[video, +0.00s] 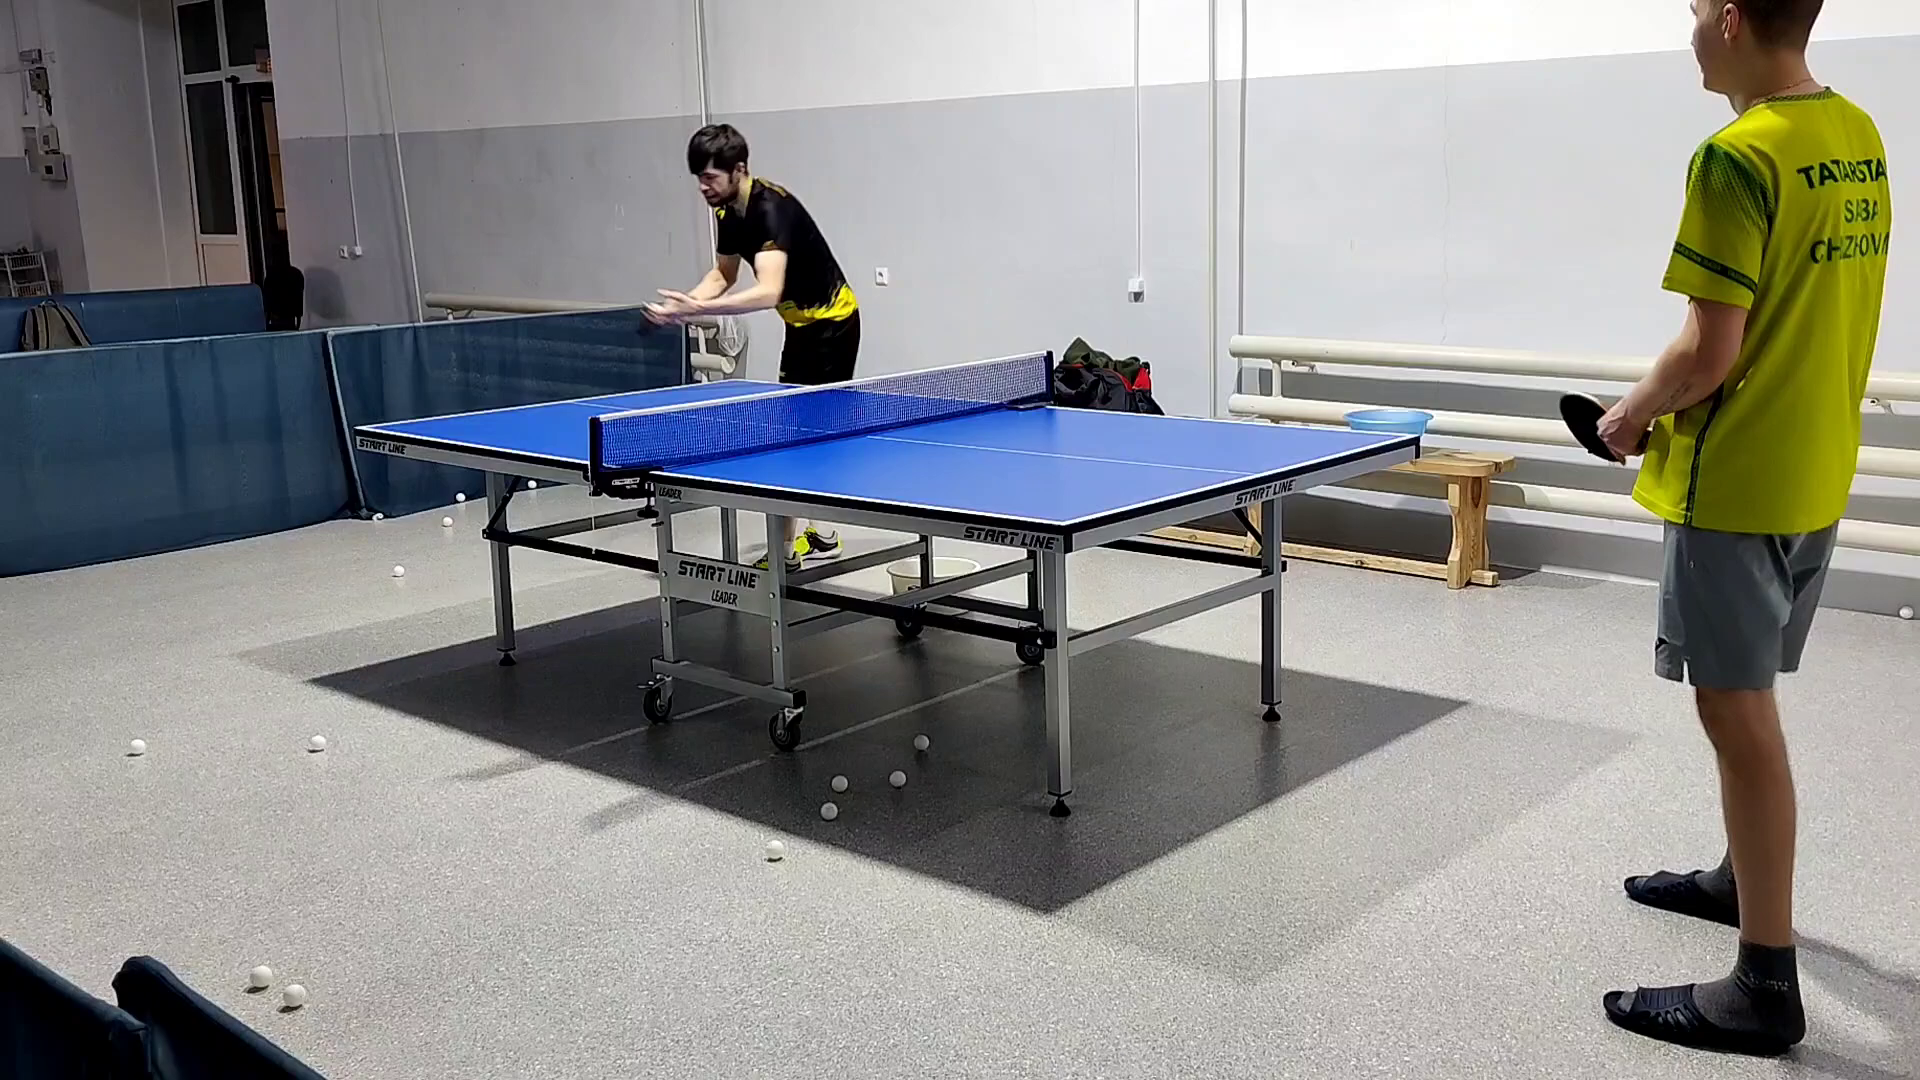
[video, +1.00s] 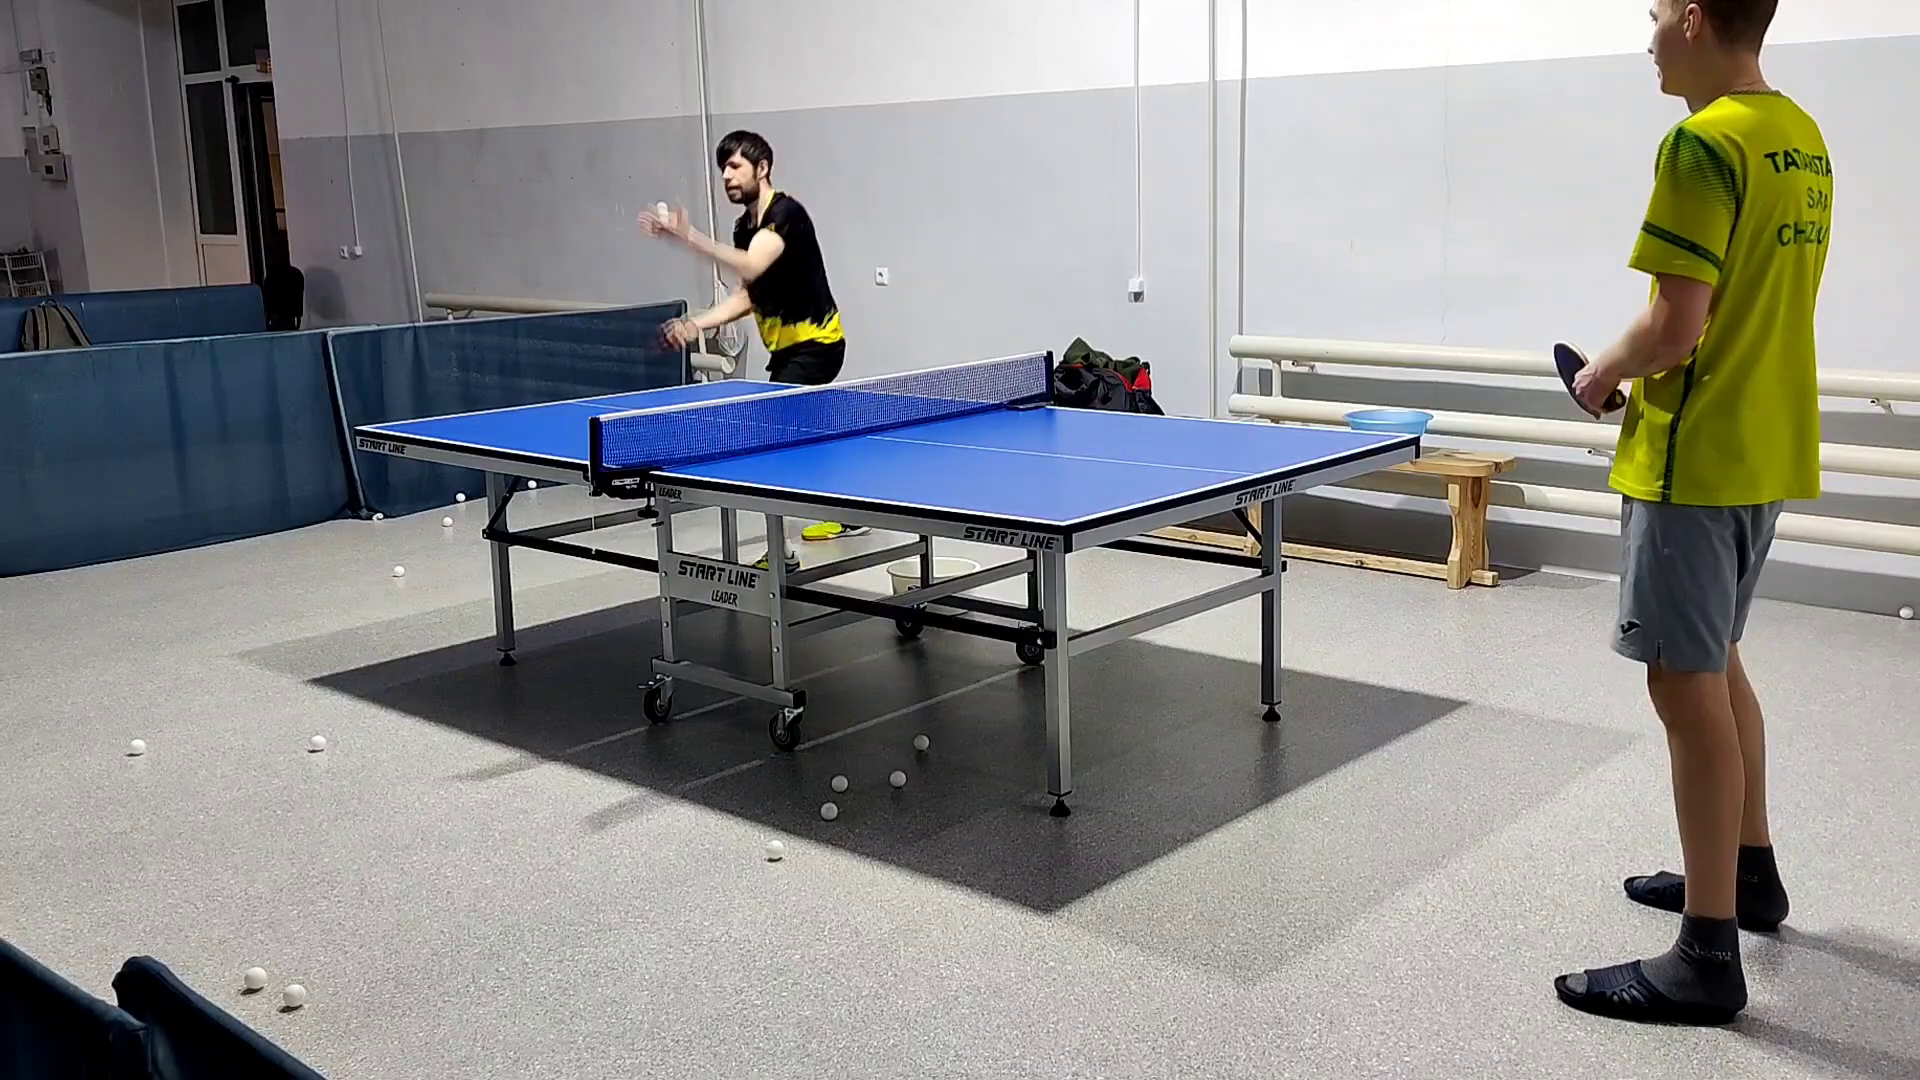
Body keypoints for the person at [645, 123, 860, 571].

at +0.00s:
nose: (703, 186)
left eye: (710, 177)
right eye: (698, 177)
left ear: (738, 169)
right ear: (699, 173)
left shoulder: (771, 208)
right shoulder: (727, 208)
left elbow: (769, 293)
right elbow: (723, 274)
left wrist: (696, 308)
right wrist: (684, 305)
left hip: (832, 325)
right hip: (798, 326)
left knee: (793, 433)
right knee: (794, 429)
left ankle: (786, 546)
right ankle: (816, 528)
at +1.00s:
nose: (726, 176)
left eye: (734, 166)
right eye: (723, 169)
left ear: (762, 168)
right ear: (725, 175)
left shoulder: (787, 211)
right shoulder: (745, 227)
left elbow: (752, 266)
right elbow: (746, 299)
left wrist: (688, 236)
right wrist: (695, 324)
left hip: (817, 346)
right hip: (784, 349)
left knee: (765, 426)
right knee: (804, 434)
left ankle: (780, 550)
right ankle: (844, 512)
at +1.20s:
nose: (727, 157)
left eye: (737, 148)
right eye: (726, 150)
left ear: (764, 154)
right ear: (729, 159)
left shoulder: (789, 195)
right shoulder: (750, 213)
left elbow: (795, 255)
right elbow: (767, 278)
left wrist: (744, 252)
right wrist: (732, 322)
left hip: (832, 325)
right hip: (796, 328)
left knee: (813, 418)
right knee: (789, 421)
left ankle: (833, 518)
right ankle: (841, 512)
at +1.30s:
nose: (725, 160)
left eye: (734, 151)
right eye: (724, 153)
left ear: (762, 158)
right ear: (733, 163)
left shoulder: (790, 199)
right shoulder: (751, 212)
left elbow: (821, 263)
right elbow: (766, 264)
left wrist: (790, 283)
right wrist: (724, 288)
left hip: (839, 324)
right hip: (803, 329)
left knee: (818, 413)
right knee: (788, 418)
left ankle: (836, 526)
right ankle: (846, 508)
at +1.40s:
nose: (725, 172)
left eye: (734, 163)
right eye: (724, 164)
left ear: (762, 169)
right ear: (731, 172)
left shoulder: (795, 209)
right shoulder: (754, 216)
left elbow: (842, 274)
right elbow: (761, 255)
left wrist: (822, 312)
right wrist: (702, 255)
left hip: (844, 324)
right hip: (806, 326)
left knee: (827, 410)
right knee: (791, 413)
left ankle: (863, 519)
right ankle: (838, 511)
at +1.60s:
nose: (745, 215)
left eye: (753, 205)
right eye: (742, 207)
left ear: (779, 204)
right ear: (742, 207)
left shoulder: (818, 242)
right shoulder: (758, 238)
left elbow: (869, 302)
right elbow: (738, 260)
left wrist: (870, 362)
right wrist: (686, 270)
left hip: (848, 342)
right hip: (807, 340)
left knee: (842, 423)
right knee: (787, 417)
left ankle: (859, 522)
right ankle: (837, 513)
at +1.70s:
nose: (772, 236)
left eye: (779, 227)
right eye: (766, 228)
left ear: (800, 220)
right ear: (761, 224)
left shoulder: (834, 252)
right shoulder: (761, 241)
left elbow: (879, 314)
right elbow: (722, 274)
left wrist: (881, 373)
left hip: (851, 343)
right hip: (805, 343)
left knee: (845, 423)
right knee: (784, 416)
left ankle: (859, 523)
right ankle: (836, 514)